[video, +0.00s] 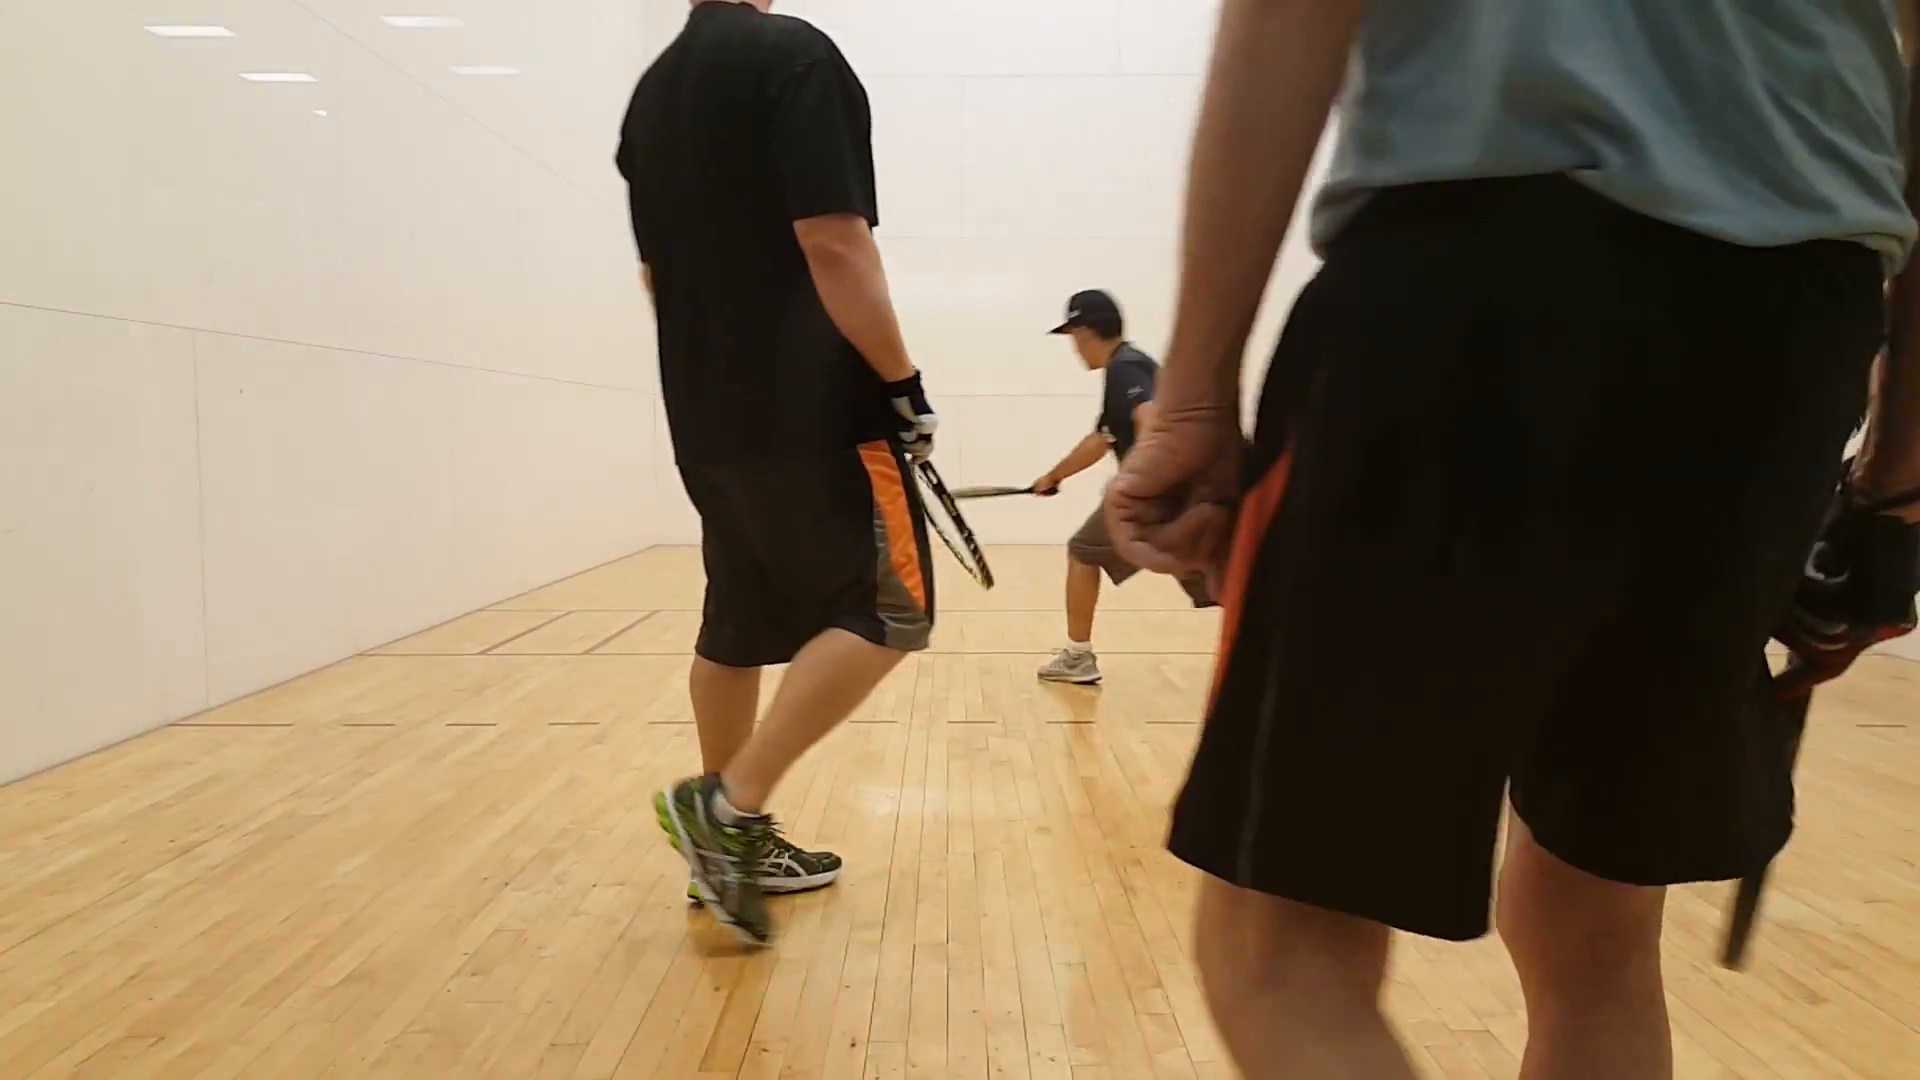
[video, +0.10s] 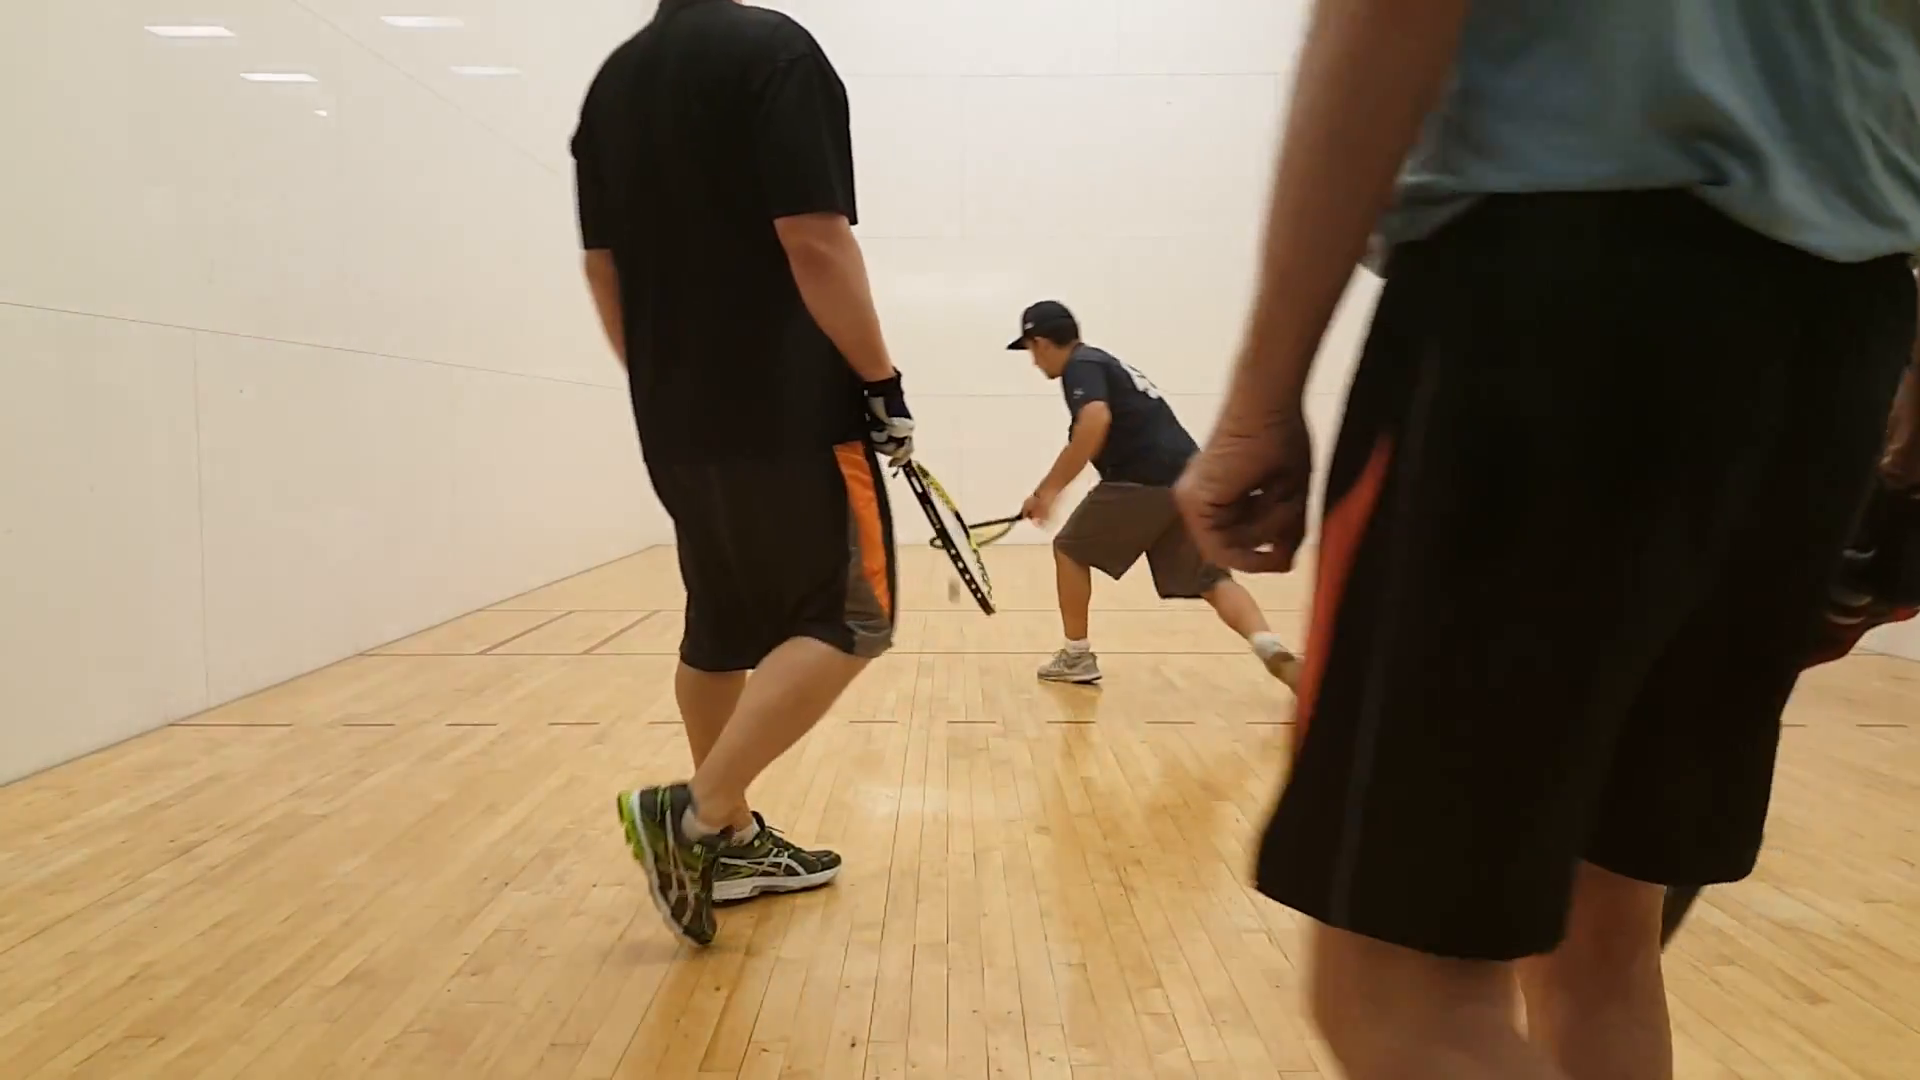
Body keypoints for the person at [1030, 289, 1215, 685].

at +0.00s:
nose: (1074, 345)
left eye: (1075, 334)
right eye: (1072, 336)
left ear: (1094, 331)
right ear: (1108, 329)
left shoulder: (1124, 367)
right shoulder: (1128, 367)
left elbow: (1151, 428)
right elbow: (1102, 437)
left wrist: (1134, 484)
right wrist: (1056, 474)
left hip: (1147, 491)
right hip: (1176, 489)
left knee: (1083, 552)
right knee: (1208, 585)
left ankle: (1078, 654)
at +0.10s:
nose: (1033, 357)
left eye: (1033, 347)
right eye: (1030, 349)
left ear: (1049, 341)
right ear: (1069, 337)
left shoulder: (1081, 366)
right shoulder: (1100, 361)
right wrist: (1041, 494)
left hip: (1139, 482)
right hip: (1184, 479)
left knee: (1069, 551)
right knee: (1209, 575)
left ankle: (1077, 654)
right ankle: (1269, 646)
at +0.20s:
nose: (1014, 353)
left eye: (1011, 343)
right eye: (1010, 345)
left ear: (1022, 333)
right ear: (1047, 325)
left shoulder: (1050, 353)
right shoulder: (1085, 349)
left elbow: (1057, 410)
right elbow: (1102, 432)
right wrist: (1072, 494)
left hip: (1124, 462)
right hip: (1178, 455)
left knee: (1068, 548)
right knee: (1180, 554)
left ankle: (1077, 653)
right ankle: (1220, 618)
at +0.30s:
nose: (1008, 331)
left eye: (1006, 321)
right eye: (1005, 323)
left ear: (1015, 311)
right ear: (1045, 305)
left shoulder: (1036, 335)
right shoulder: (1083, 328)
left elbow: (1032, 398)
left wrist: (996, 417)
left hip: (1108, 448)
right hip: (1159, 441)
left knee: (1064, 542)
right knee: (1150, 542)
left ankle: (1076, 650)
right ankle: (1166, 617)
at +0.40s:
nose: (1012, 306)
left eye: (1009, 296)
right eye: (1009, 298)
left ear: (1021, 287)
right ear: (1052, 283)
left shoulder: (1030, 320)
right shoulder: (1097, 314)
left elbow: (1015, 383)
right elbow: (1143, 380)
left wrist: (984, 411)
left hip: (1084, 441)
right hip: (1139, 439)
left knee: (1057, 540)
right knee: (1124, 533)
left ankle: (1073, 646)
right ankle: (1115, 629)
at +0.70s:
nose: (1039, 274)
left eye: (1040, 266)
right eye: (1038, 266)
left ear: (1053, 261)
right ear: (1083, 264)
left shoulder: (1038, 309)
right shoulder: (1119, 311)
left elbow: (1008, 372)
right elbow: (1153, 367)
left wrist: (974, 399)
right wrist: (1169, 429)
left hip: (1045, 446)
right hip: (1096, 451)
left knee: (1020, 529)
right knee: (1073, 542)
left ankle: (1038, 604)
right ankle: (1055, 636)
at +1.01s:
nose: (1095, 273)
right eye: (1099, 267)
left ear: (1055, 265)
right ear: (1097, 268)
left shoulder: (1026, 310)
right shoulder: (1114, 313)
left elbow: (1000, 374)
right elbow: (1129, 372)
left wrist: (1033, 385)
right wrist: (1124, 414)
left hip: (1036, 443)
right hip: (1087, 447)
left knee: (1033, 530)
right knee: (1075, 536)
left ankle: (1017, 615)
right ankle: (1055, 629)